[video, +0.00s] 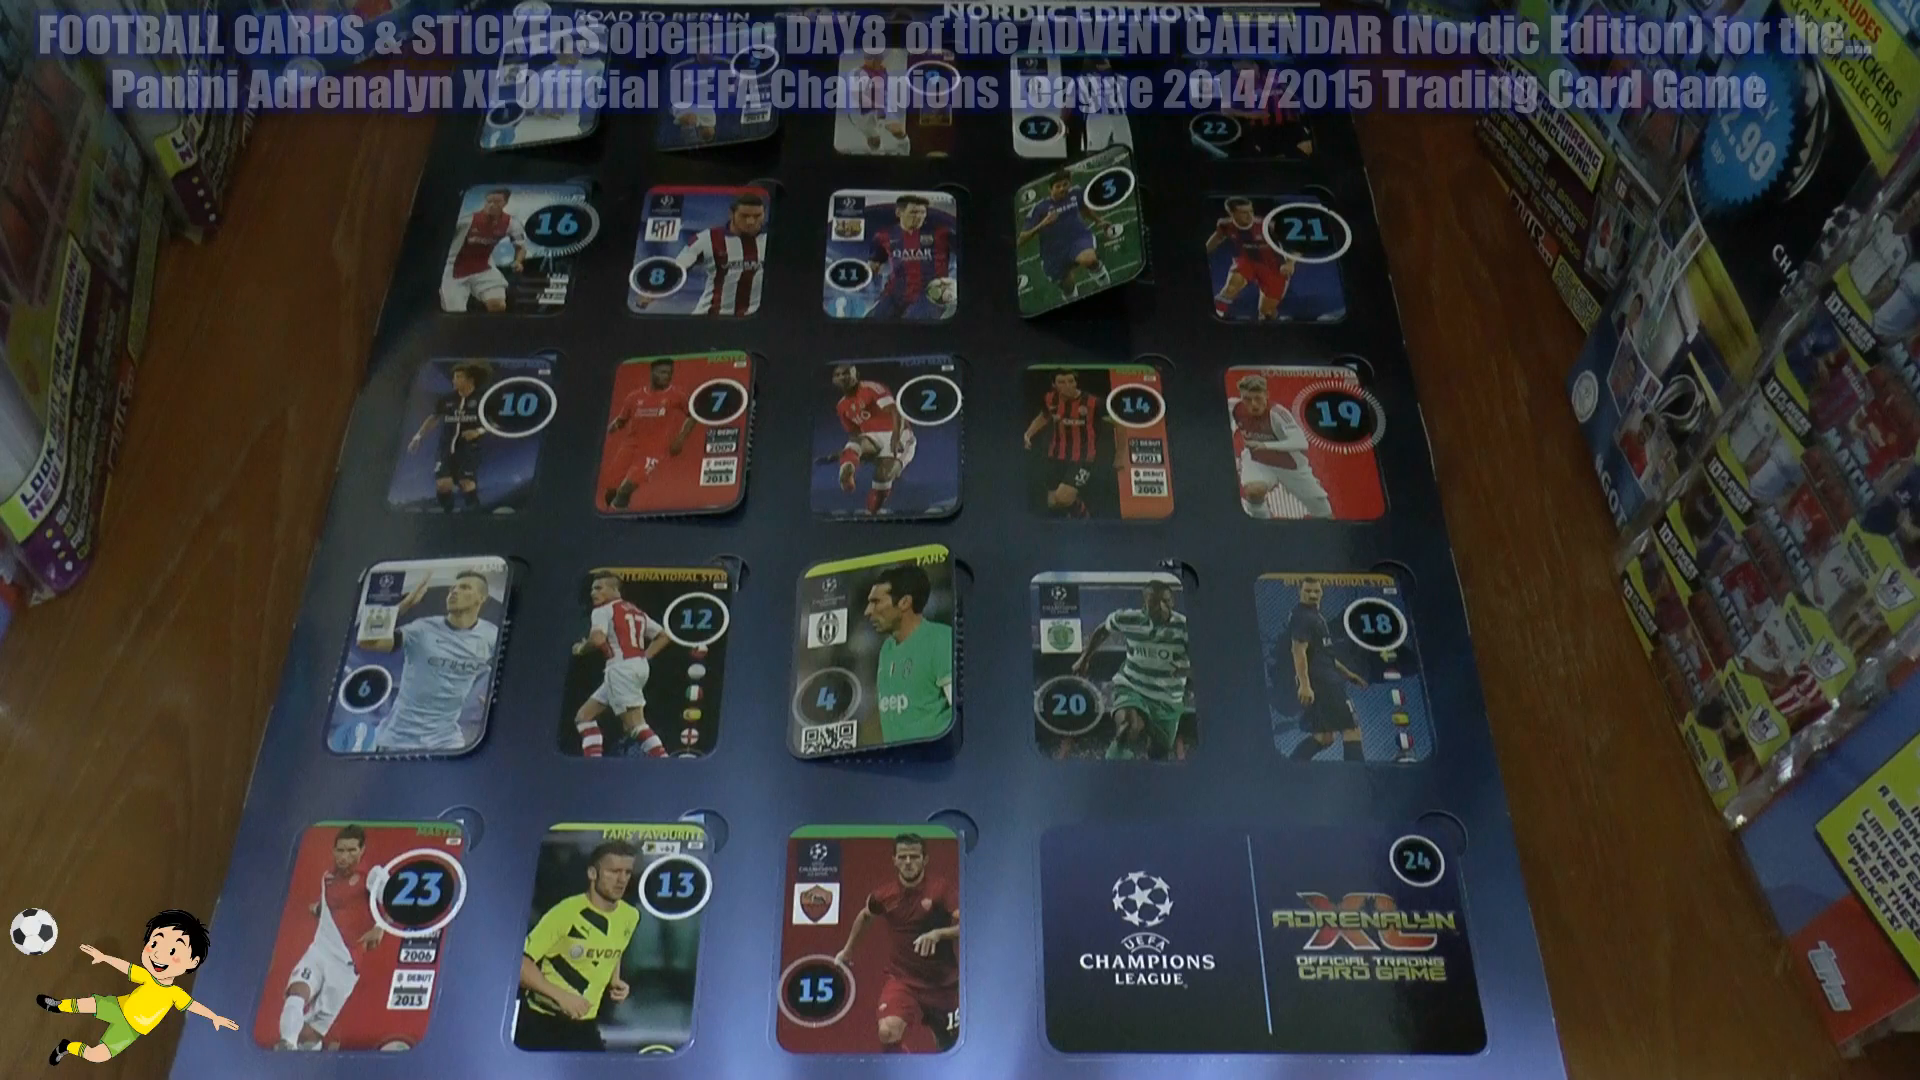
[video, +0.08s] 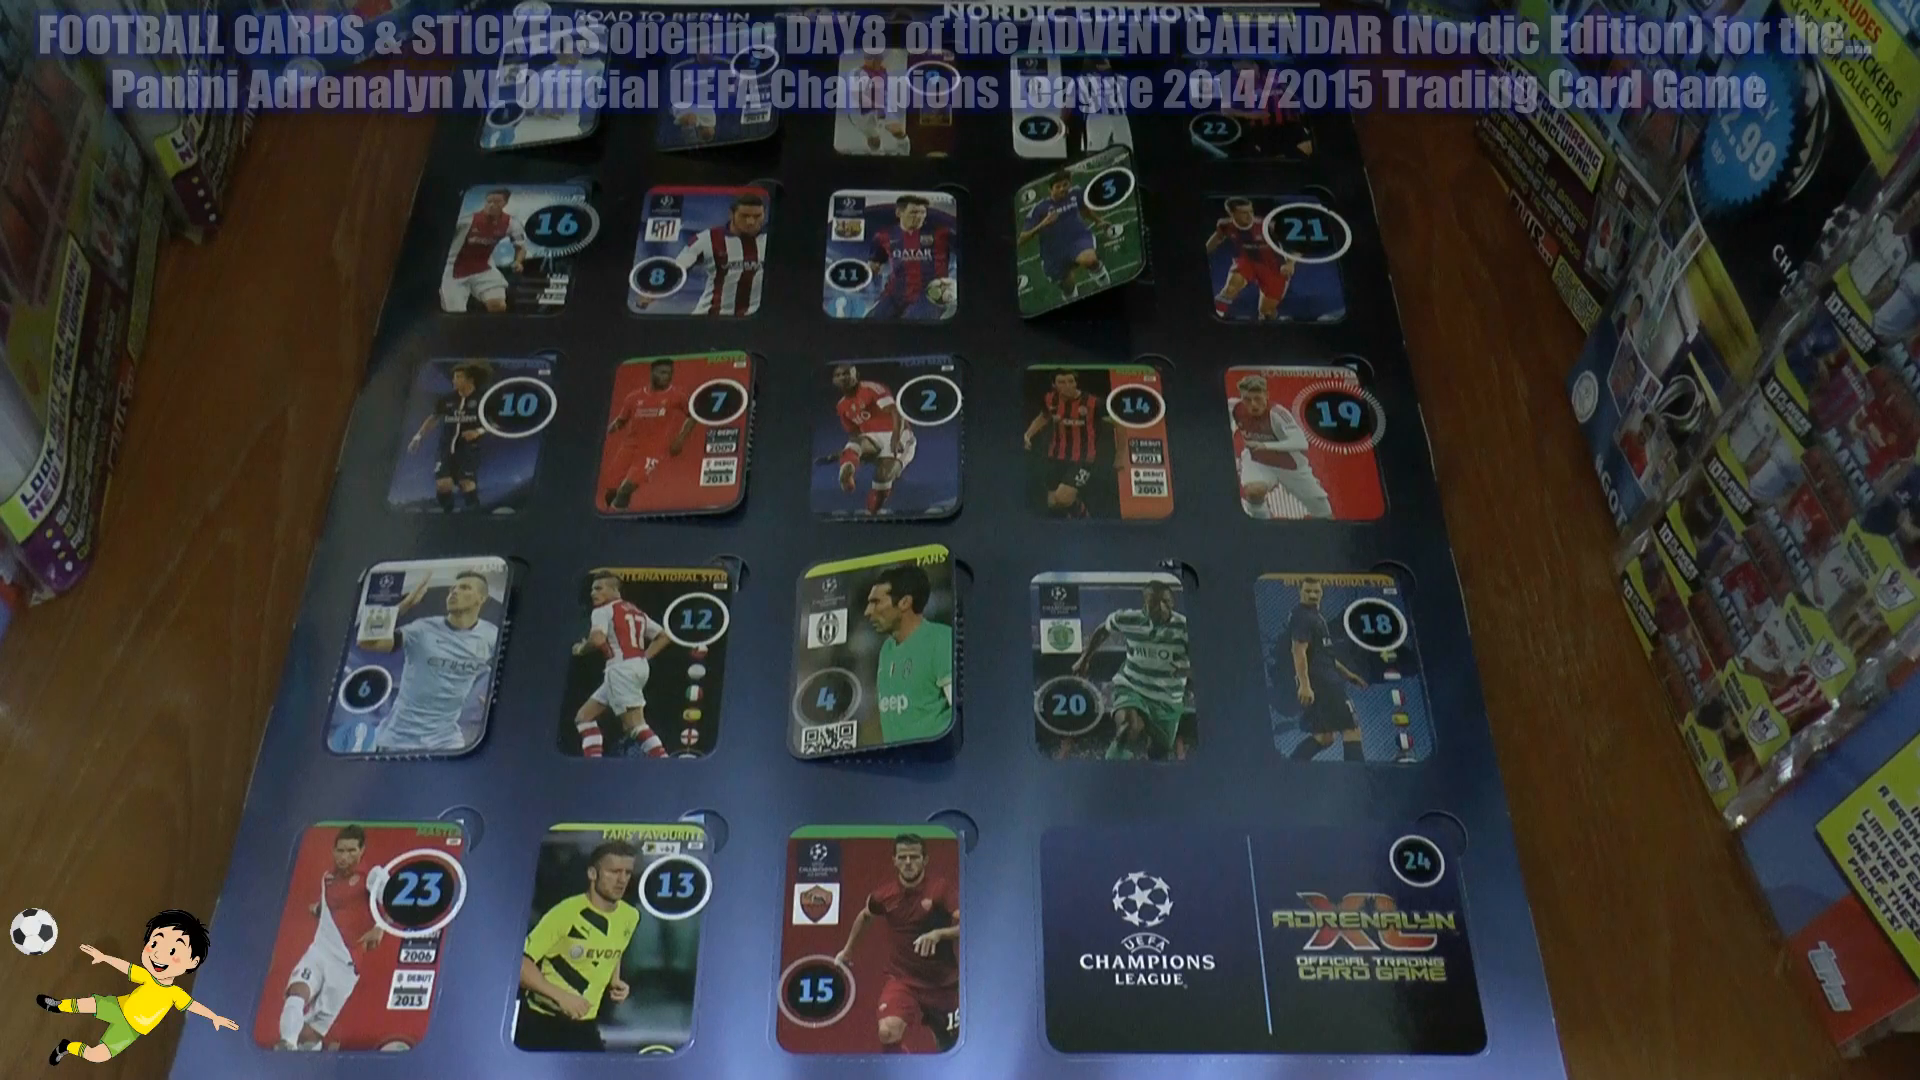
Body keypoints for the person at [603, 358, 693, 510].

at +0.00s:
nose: (666, 376)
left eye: (669, 373)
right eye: (662, 372)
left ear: (671, 375)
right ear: (652, 373)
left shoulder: (675, 396)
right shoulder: (635, 396)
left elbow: (693, 415)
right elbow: (622, 418)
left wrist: (679, 440)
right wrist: (614, 425)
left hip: (654, 449)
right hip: (630, 447)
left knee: (625, 489)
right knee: (610, 489)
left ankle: (612, 524)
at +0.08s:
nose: (665, 376)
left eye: (668, 373)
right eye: (662, 372)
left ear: (671, 375)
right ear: (652, 373)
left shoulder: (676, 396)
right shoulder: (635, 396)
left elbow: (693, 415)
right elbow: (622, 418)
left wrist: (679, 441)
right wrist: (614, 426)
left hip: (654, 449)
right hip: (630, 448)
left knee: (625, 489)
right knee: (610, 491)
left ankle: (613, 527)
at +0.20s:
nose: (665, 377)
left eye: (668, 373)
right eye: (662, 372)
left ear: (671, 375)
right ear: (652, 373)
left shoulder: (676, 397)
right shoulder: (634, 397)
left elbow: (693, 415)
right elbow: (622, 419)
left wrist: (679, 441)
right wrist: (614, 426)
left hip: (653, 450)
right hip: (629, 448)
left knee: (625, 490)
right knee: (610, 491)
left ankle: (611, 527)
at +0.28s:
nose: (665, 376)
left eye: (668, 373)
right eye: (662, 372)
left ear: (671, 375)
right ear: (652, 373)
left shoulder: (676, 396)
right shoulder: (635, 397)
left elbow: (693, 416)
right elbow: (621, 419)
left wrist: (679, 441)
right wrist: (612, 427)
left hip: (653, 450)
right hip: (629, 449)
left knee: (625, 490)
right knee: (610, 492)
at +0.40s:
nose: (665, 377)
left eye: (668, 373)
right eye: (661, 372)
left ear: (671, 375)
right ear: (652, 373)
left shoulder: (676, 396)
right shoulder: (635, 397)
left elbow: (693, 416)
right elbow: (621, 419)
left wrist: (679, 441)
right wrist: (613, 427)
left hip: (653, 450)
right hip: (629, 449)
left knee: (625, 490)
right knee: (610, 492)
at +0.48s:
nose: (665, 377)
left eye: (668, 373)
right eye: (662, 372)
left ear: (671, 375)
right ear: (652, 373)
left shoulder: (676, 396)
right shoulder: (634, 397)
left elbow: (693, 415)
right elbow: (622, 419)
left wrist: (679, 441)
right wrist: (614, 426)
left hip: (653, 451)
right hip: (629, 449)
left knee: (625, 490)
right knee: (610, 492)